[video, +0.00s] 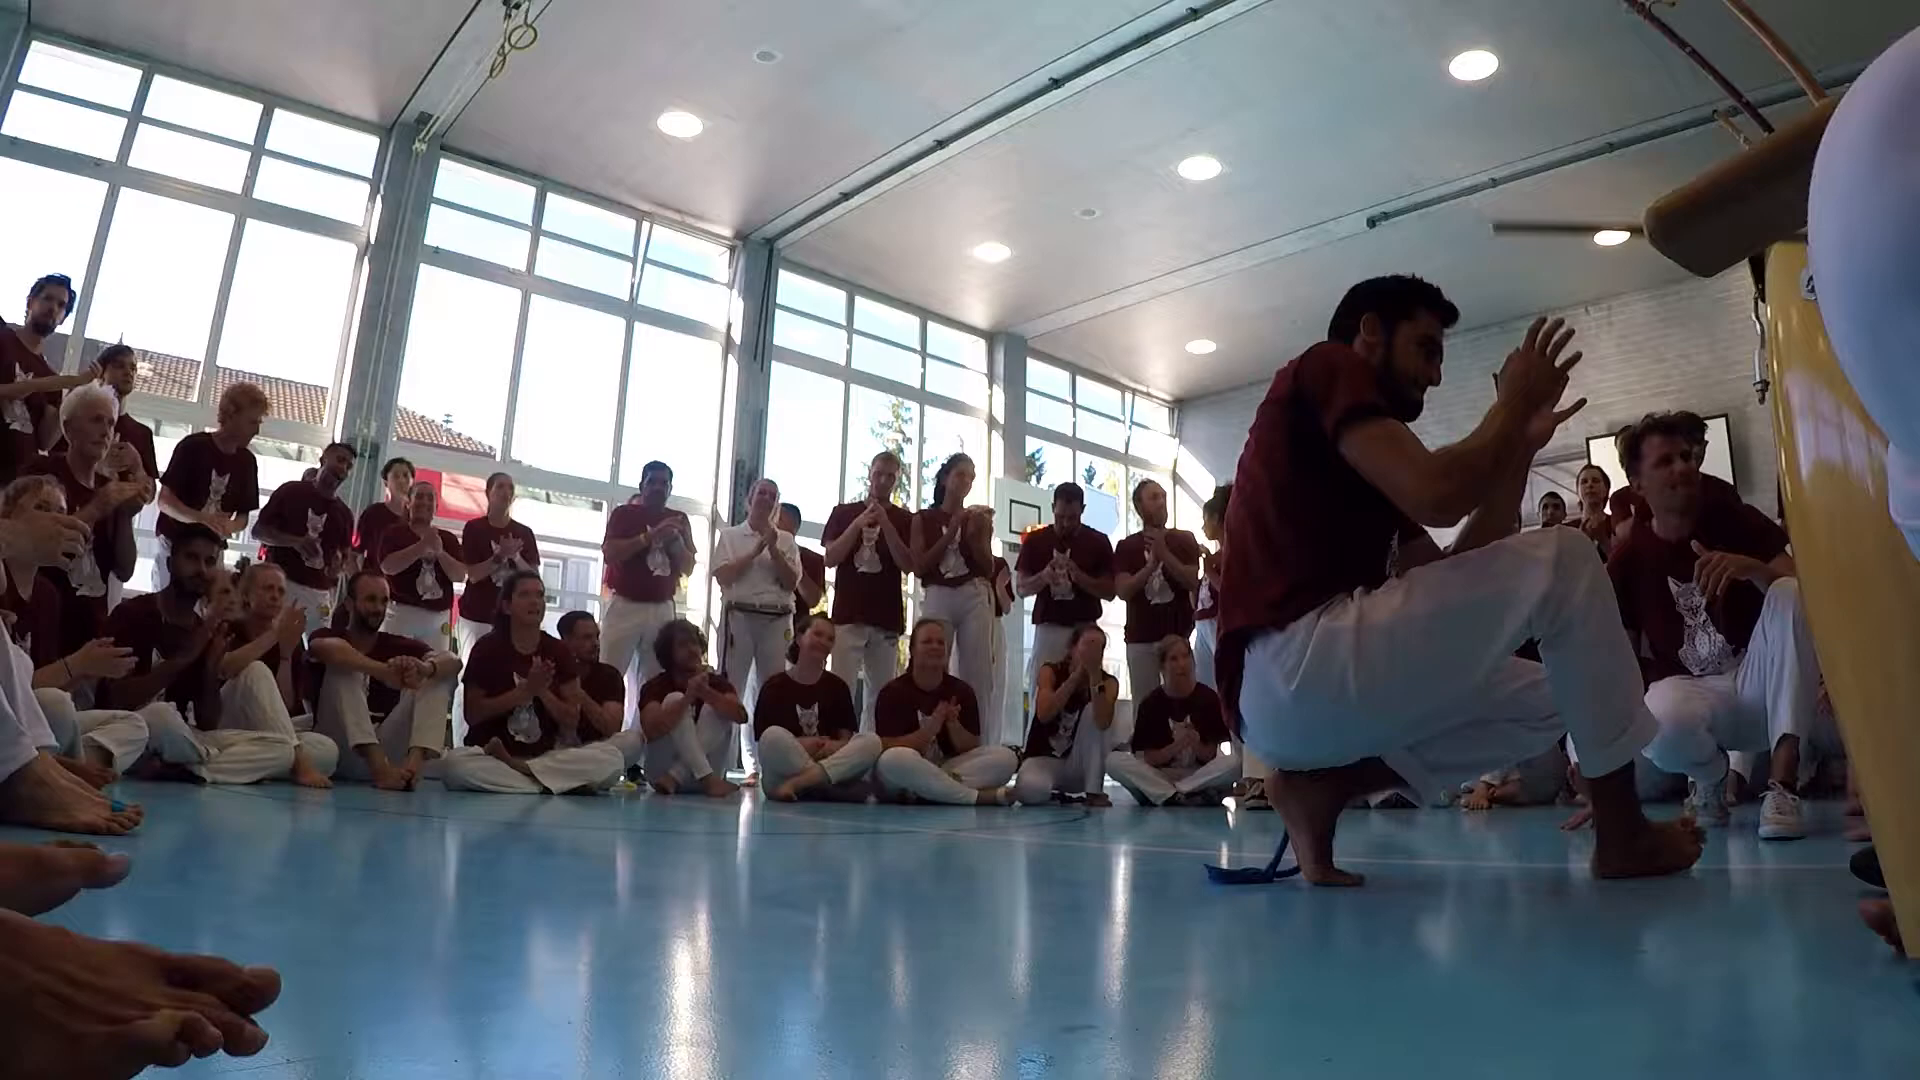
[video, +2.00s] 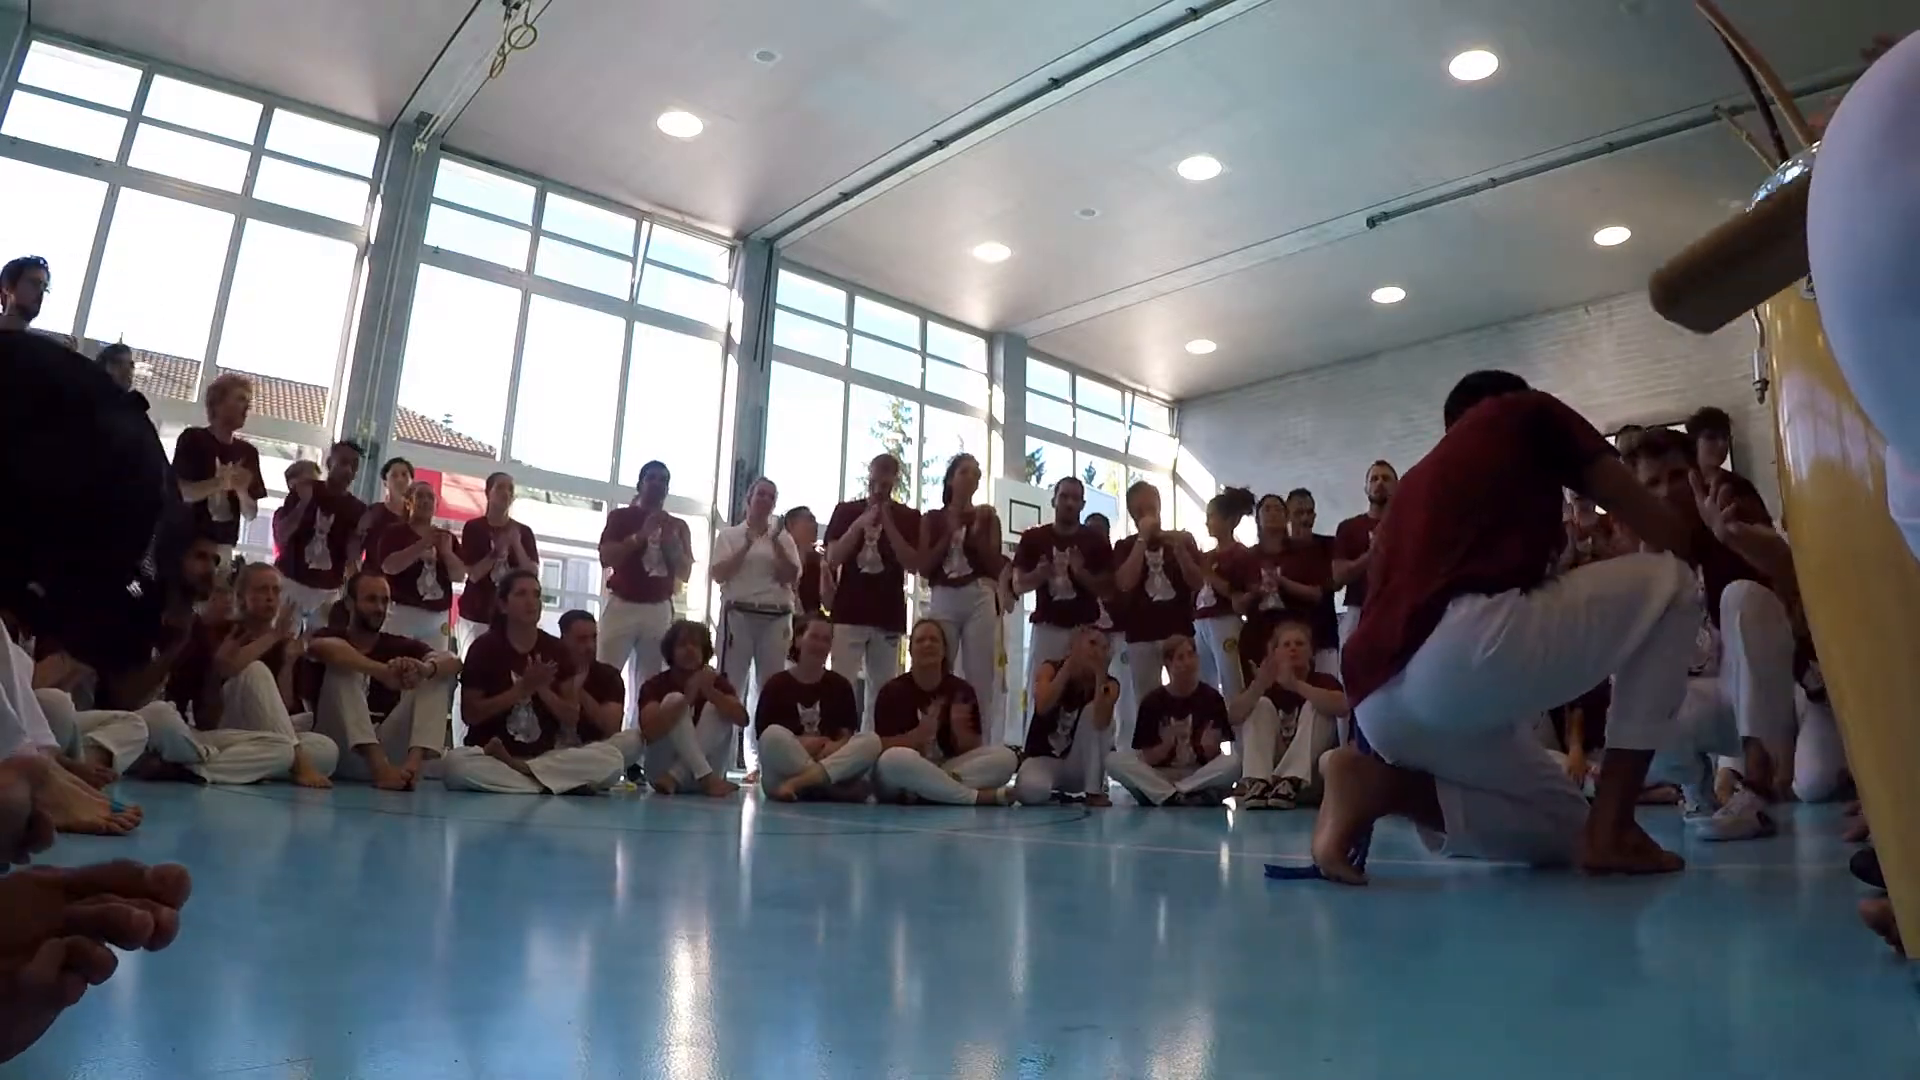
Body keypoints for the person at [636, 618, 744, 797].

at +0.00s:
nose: (693, 650)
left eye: (695, 643)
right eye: (683, 646)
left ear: (702, 647)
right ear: (668, 653)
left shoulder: (717, 682)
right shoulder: (654, 686)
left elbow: (741, 716)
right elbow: (651, 730)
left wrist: (707, 693)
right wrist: (688, 698)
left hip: (709, 772)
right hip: (664, 773)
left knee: (717, 706)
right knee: (674, 700)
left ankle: (675, 776)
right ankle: (709, 778)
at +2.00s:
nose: (689, 650)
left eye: (695, 644)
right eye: (682, 645)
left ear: (705, 650)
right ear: (670, 651)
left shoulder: (716, 681)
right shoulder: (653, 685)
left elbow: (742, 719)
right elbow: (649, 732)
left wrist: (710, 692)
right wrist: (687, 698)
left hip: (710, 771)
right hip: (664, 771)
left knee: (717, 707)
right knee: (674, 701)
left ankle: (674, 776)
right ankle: (707, 777)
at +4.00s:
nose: (690, 650)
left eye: (693, 643)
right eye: (682, 646)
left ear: (701, 647)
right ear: (669, 653)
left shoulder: (714, 680)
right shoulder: (654, 686)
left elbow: (743, 721)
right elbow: (650, 730)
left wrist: (718, 690)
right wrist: (680, 693)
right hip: (664, 771)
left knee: (719, 705)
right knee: (675, 701)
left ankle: (674, 776)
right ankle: (707, 777)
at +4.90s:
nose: (711, 660)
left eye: (710, 654)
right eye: (705, 655)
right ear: (689, 659)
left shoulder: (717, 683)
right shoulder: (655, 687)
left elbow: (741, 718)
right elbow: (651, 729)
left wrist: (710, 687)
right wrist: (687, 693)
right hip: (664, 772)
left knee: (716, 704)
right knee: (676, 700)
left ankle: (676, 776)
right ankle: (707, 777)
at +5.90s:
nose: (694, 651)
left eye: (696, 644)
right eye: (684, 647)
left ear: (701, 648)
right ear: (670, 654)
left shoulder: (715, 679)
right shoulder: (654, 686)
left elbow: (743, 721)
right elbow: (652, 729)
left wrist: (716, 692)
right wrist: (679, 692)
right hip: (663, 772)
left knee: (716, 706)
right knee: (679, 701)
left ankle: (675, 776)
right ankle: (707, 777)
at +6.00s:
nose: (691, 651)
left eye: (693, 644)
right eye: (681, 647)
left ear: (699, 647)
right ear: (667, 655)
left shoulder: (714, 678)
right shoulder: (654, 686)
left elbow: (743, 721)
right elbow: (652, 729)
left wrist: (716, 691)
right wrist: (678, 692)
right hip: (663, 772)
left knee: (716, 706)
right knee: (680, 702)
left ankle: (675, 776)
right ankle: (707, 777)